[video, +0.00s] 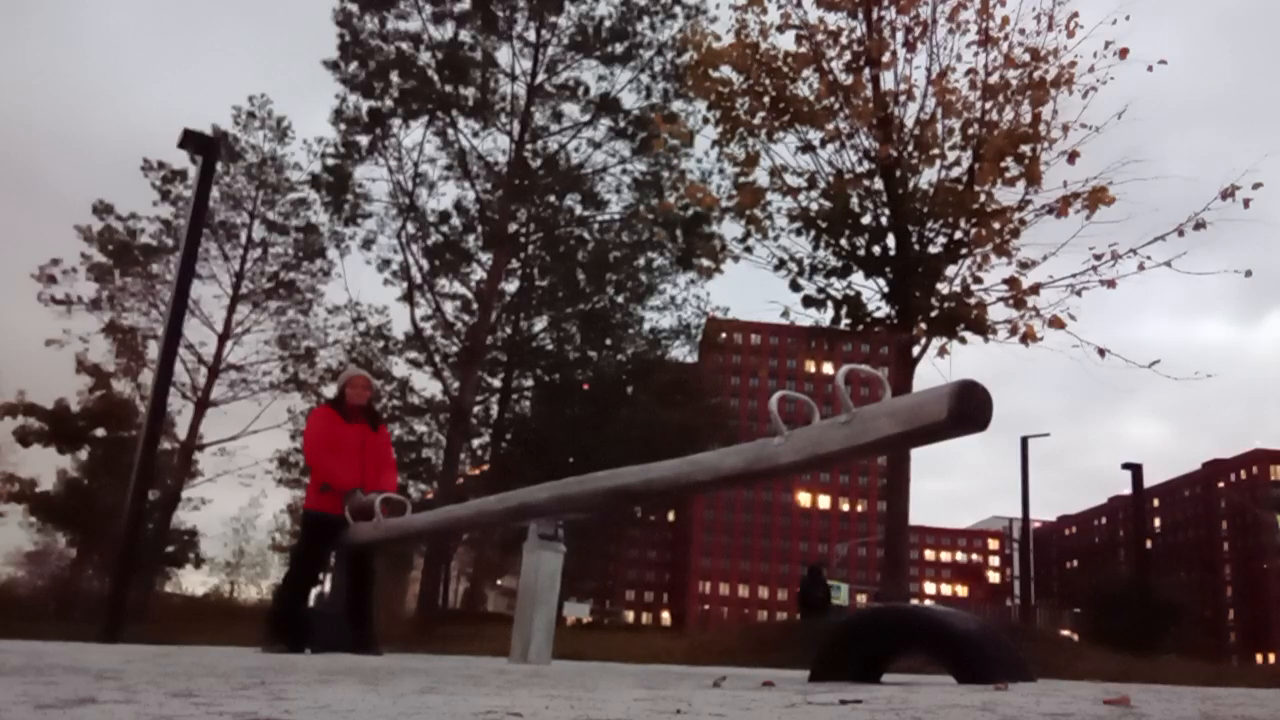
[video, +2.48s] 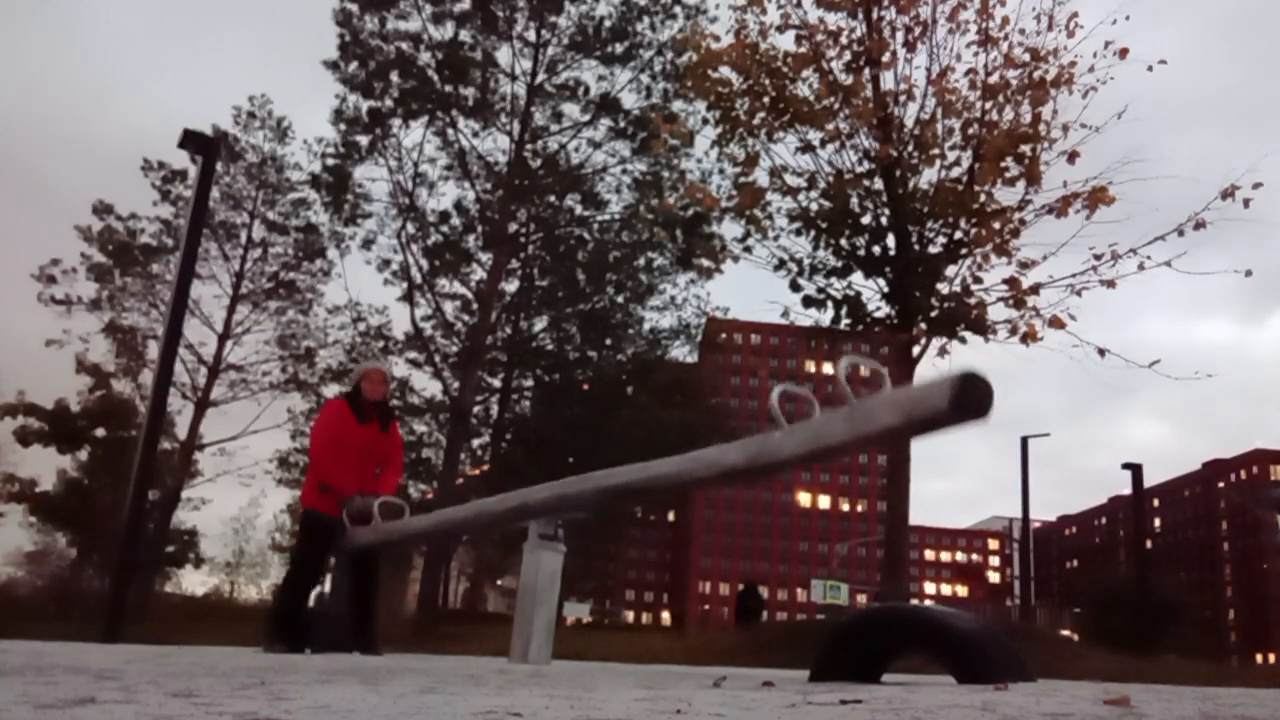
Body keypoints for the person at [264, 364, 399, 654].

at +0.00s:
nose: (361, 391)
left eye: (366, 387)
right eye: (355, 386)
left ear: (372, 393)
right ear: (343, 390)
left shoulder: (377, 428)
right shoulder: (323, 416)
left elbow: (387, 467)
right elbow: (316, 456)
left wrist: (385, 497)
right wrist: (347, 489)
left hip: (363, 515)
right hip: (324, 510)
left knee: (361, 579)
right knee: (304, 572)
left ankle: (362, 641)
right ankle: (281, 636)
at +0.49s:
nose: (362, 391)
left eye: (367, 387)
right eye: (356, 386)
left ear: (373, 393)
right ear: (344, 390)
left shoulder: (377, 427)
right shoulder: (324, 416)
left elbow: (388, 466)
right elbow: (316, 456)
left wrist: (384, 496)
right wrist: (346, 487)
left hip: (362, 514)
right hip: (323, 510)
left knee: (362, 578)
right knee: (305, 572)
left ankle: (362, 640)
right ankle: (282, 635)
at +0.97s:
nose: (364, 390)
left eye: (370, 386)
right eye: (359, 385)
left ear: (377, 393)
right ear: (347, 389)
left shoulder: (381, 429)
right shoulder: (326, 415)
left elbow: (390, 468)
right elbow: (315, 455)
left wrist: (384, 492)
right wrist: (345, 484)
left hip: (362, 515)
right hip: (323, 509)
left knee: (361, 578)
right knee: (304, 572)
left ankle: (361, 641)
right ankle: (282, 635)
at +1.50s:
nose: (379, 393)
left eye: (385, 388)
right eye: (373, 386)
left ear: (391, 394)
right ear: (362, 389)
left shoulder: (394, 431)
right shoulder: (340, 414)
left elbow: (399, 473)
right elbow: (322, 458)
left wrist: (386, 500)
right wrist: (347, 494)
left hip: (366, 518)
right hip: (327, 510)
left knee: (366, 580)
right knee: (309, 573)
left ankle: (362, 641)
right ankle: (284, 636)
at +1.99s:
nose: (382, 418)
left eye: (387, 413)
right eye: (376, 411)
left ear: (394, 419)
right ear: (365, 414)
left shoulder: (393, 452)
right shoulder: (341, 438)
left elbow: (395, 495)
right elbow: (322, 481)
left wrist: (382, 525)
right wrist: (343, 520)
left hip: (366, 530)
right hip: (326, 525)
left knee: (372, 586)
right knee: (323, 578)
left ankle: (362, 646)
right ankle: (285, 636)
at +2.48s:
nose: (375, 387)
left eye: (381, 382)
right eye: (370, 381)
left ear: (388, 388)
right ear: (358, 384)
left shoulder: (389, 424)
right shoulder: (336, 410)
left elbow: (394, 466)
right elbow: (319, 454)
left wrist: (378, 496)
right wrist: (345, 491)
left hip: (362, 515)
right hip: (323, 508)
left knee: (365, 580)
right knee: (305, 572)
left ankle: (363, 642)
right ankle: (282, 637)